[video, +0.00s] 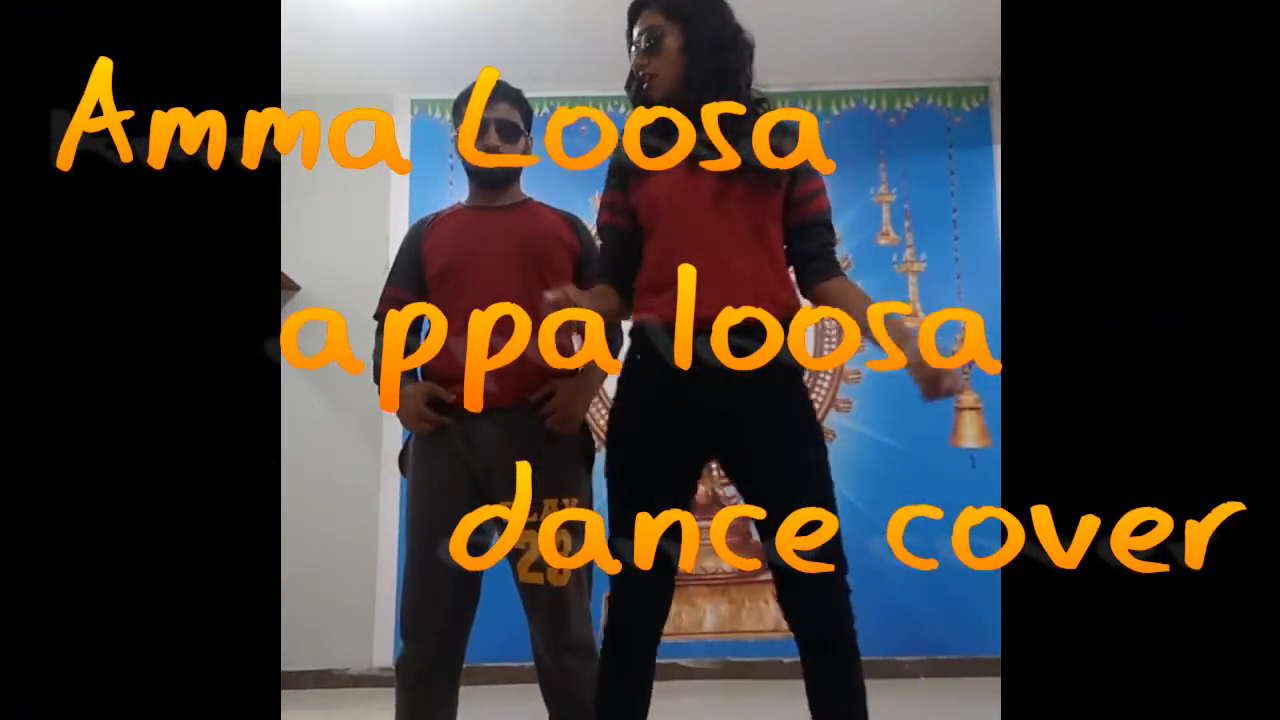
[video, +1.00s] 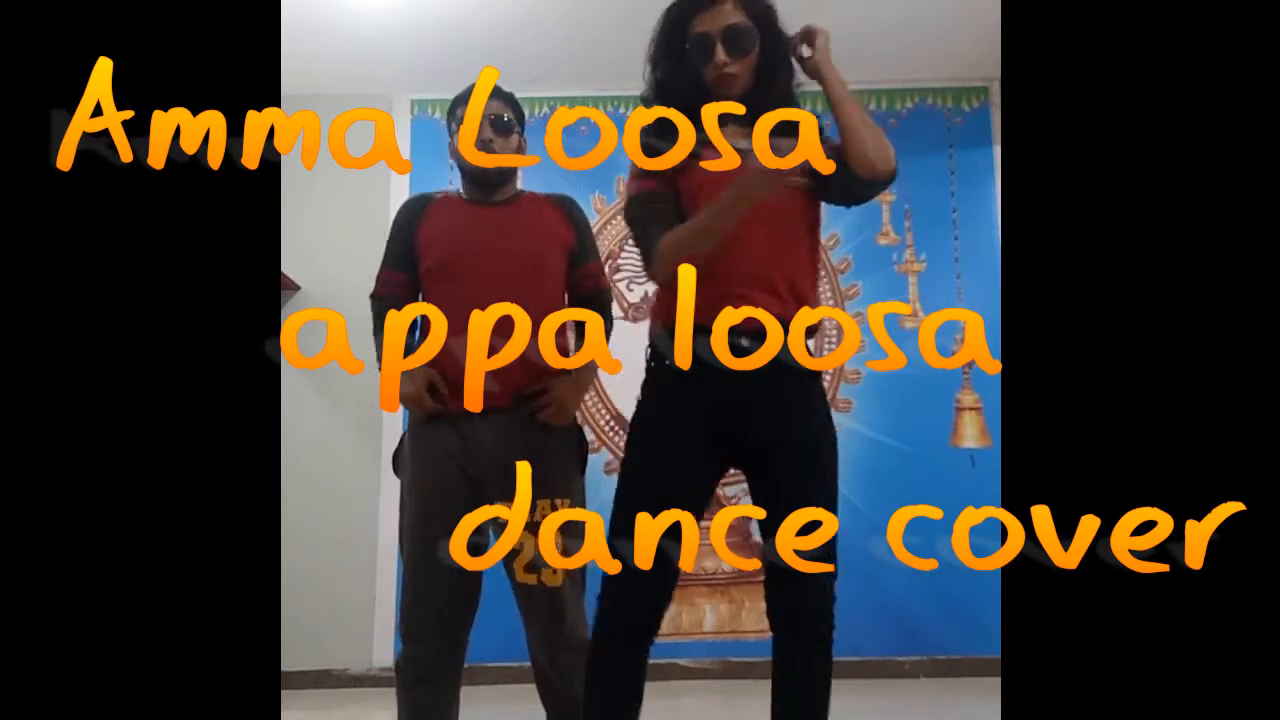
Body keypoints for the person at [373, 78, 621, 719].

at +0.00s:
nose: (496, 141)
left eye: (510, 131)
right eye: (483, 130)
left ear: (529, 145)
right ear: (459, 140)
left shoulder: (568, 230)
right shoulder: (426, 235)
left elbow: (607, 317)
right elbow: (386, 334)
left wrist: (590, 378)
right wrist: (398, 389)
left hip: (546, 438)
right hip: (447, 442)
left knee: (563, 623)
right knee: (430, 625)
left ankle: (580, 719)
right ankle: (422, 719)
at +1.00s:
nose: (493, 136)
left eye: (505, 126)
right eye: (478, 126)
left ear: (523, 142)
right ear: (454, 139)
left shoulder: (561, 214)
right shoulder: (418, 216)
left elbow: (595, 303)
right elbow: (388, 305)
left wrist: (579, 374)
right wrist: (402, 365)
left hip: (540, 434)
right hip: (442, 437)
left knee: (558, 617)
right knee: (431, 618)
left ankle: (575, 716)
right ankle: (425, 717)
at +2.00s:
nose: (491, 129)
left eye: (504, 117)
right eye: (476, 117)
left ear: (521, 131)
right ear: (452, 129)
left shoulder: (559, 204)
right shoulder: (420, 206)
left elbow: (596, 294)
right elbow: (384, 292)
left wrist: (583, 366)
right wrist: (406, 357)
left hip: (540, 428)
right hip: (441, 432)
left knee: (559, 609)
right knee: (432, 611)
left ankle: (578, 716)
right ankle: (424, 718)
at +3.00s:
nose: (493, 131)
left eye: (507, 120)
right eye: (478, 119)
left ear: (525, 136)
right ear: (455, 133)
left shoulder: (567, 224)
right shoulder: (419, 227)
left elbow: (606, 321)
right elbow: (384, 320)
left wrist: (590, 389)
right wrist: (393, 376)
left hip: (543, 441)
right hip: (441, 443)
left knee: (563, 628)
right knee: (429, 631)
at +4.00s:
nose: (489, 131)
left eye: (503, 121)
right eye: (475, 121)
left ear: (523, 135)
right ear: (453, 132)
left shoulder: (564, 222)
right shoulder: (418, 227)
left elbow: (604, 317)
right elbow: (384, 320)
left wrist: (587, 385)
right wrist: (394, 376)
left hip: (543, 440)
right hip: (441, 442)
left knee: (562, 623)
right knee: (430, 624)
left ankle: (580, 719)